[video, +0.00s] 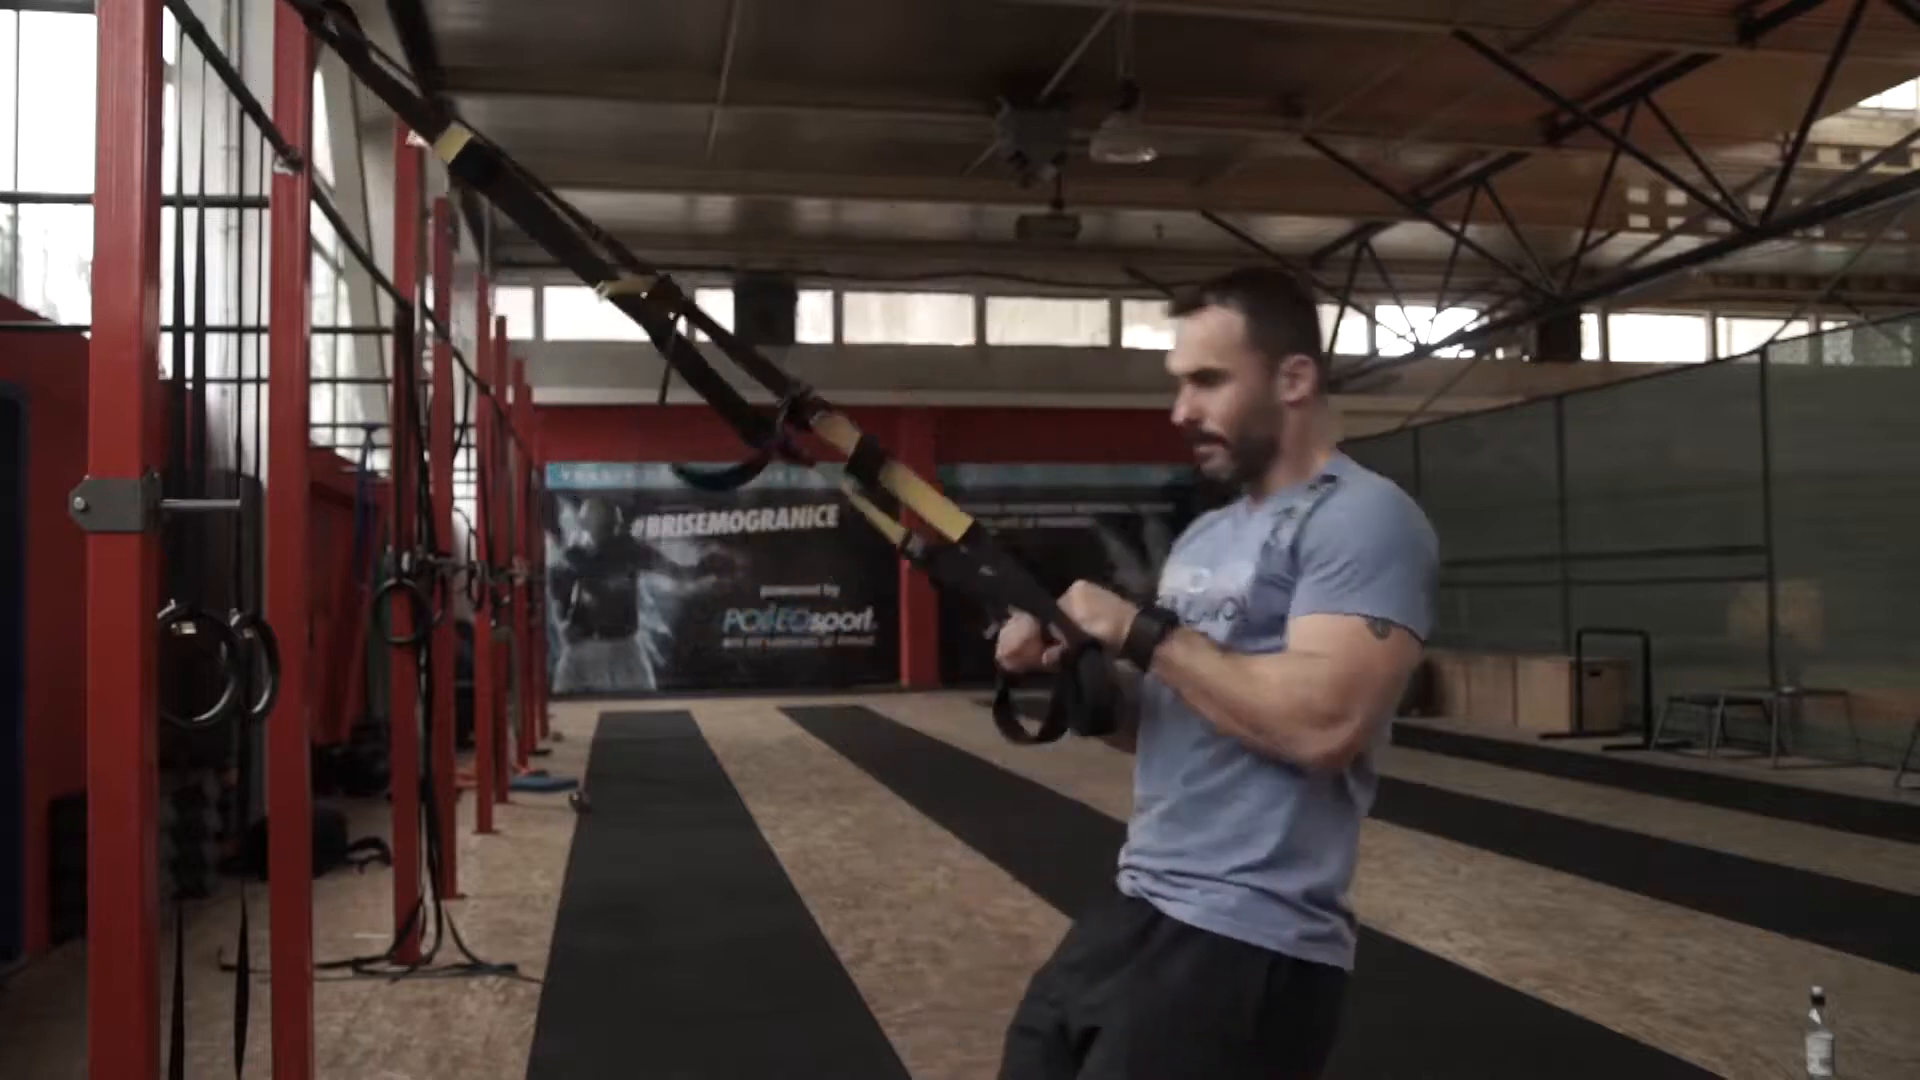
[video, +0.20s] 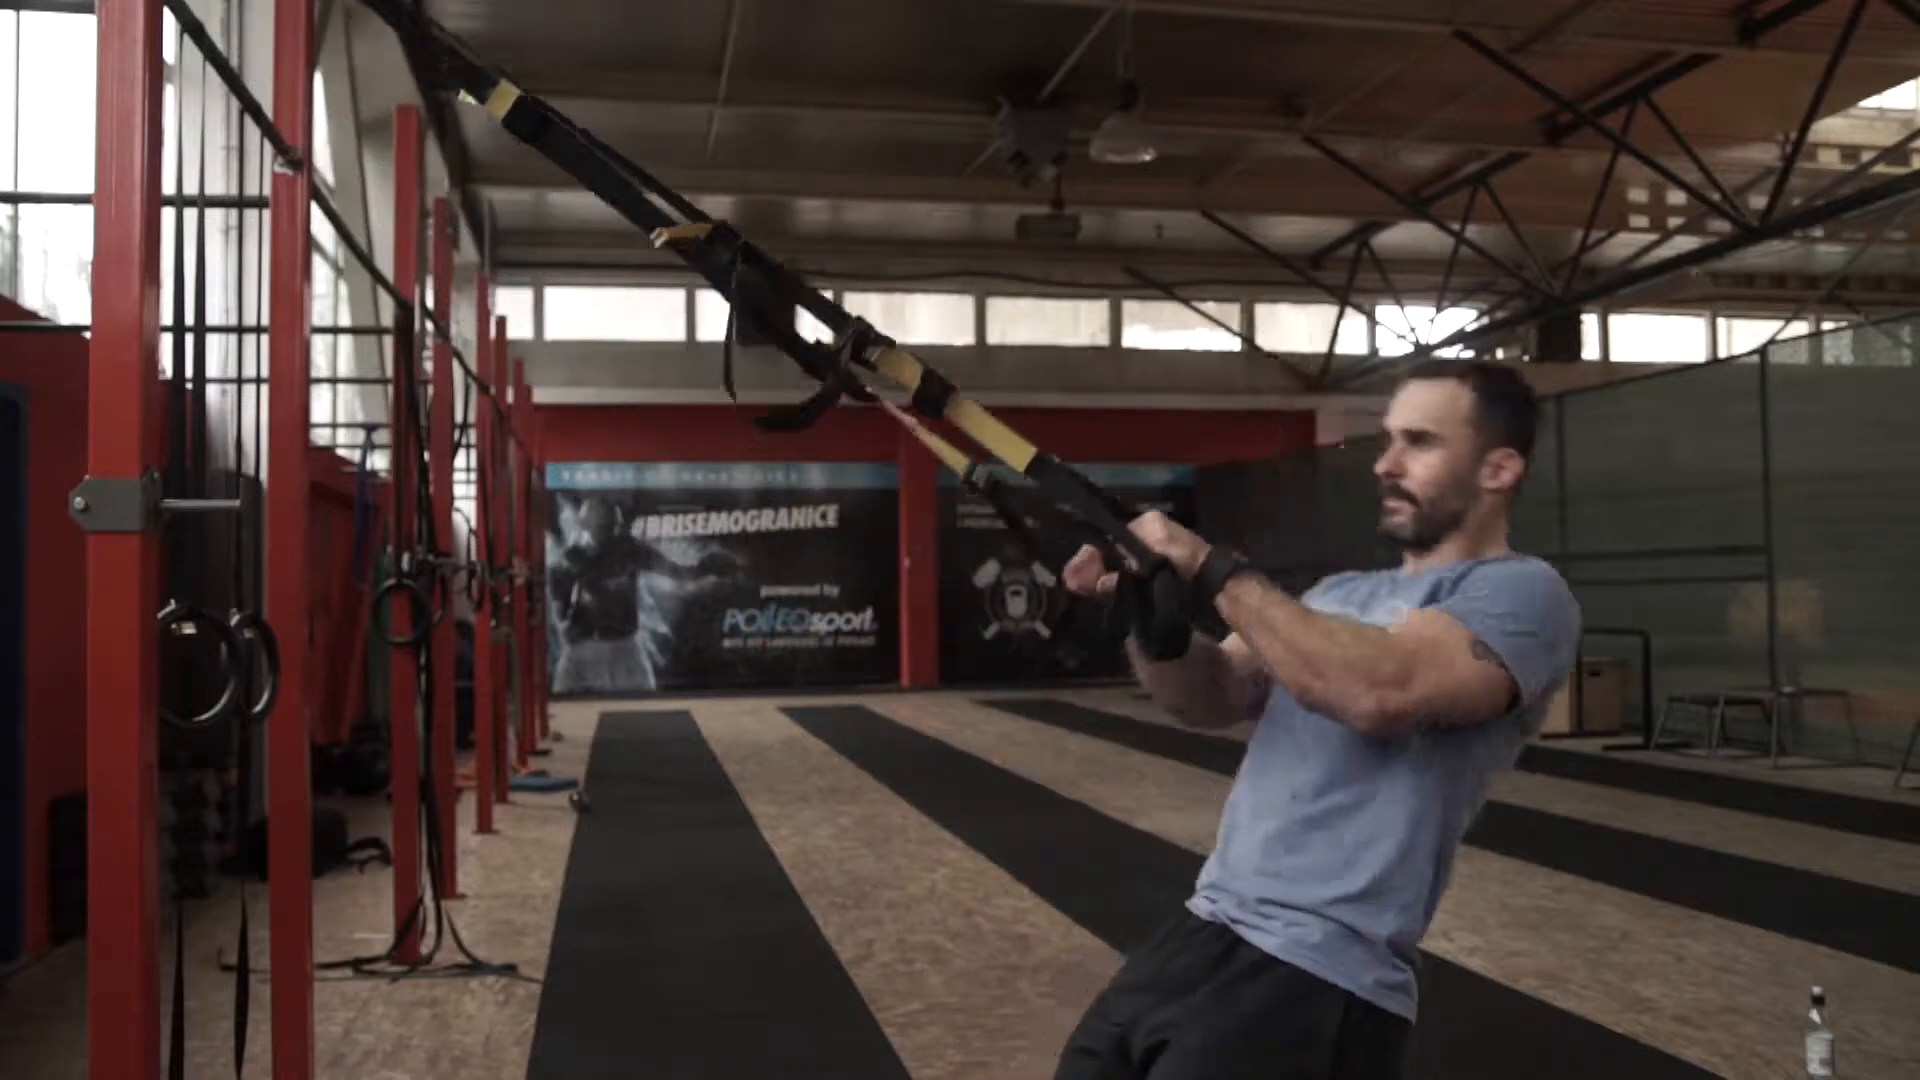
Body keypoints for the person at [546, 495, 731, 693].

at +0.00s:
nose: (600, 528)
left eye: (606, 521)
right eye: (593, 521)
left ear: (615, 521)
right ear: (583, 523)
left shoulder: (630, 550)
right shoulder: (571, 559)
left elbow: (676, 574)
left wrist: (703, 567)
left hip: (625, 644)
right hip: (581, 648)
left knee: (638, 713)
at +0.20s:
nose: (601, 524)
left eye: (606, 517)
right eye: (594, 517)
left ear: (616, 519)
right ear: (583, 521)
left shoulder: (629, 549)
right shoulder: (572, 557)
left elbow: (676, 573)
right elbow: (561, 614)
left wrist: (704, 570)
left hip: (624, 648)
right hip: (580, 650)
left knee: (635, 717)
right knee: (574, 720)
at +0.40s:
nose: (600, 523)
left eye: (605, 516)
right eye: (593, 516)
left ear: (615, 518)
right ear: (583, 521)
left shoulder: (629, 549)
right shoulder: (572, 557)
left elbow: (675, 573)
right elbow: (561, 614)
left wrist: (703, 571)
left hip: (624, 647)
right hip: (580, 649)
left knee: (635, 716)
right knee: (573, 719)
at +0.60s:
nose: (600, 524)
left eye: (605, 517)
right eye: (593, 518)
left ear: (615, 519)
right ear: (583, 521)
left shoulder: (629, 549)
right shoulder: (573, 556)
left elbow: (675, 573)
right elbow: (561, 612)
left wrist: (703, 571)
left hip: (624, 646)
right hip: (580, 649)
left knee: (635, 715)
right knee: (573, 718)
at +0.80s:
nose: (601, 526)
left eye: (606, 518)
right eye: (594, 519)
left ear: (616, 519)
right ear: (583, 522)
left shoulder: (630, 549)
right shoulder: (572, 557)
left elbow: (674, 572)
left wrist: (702, 572)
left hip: (624, 647)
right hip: (580, 650)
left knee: (636, 716)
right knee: (573, 718)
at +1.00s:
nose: (601, 525)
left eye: (606, 518)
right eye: (594, 518)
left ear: (616, 519)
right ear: (583, 521)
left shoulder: (630, 550)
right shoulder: (571, 559)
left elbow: (674, 573)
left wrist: (703, 572)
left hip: (625, 648)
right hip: (580, 650)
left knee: (636, 717)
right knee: (574, 719)